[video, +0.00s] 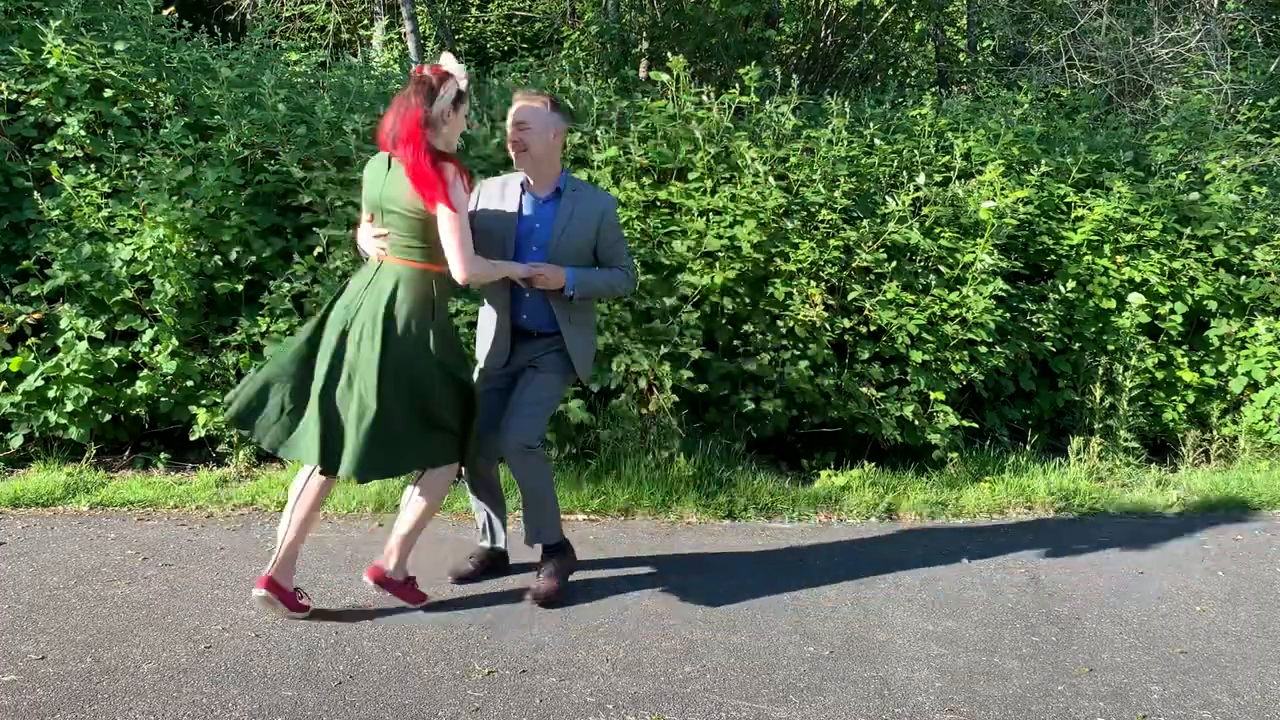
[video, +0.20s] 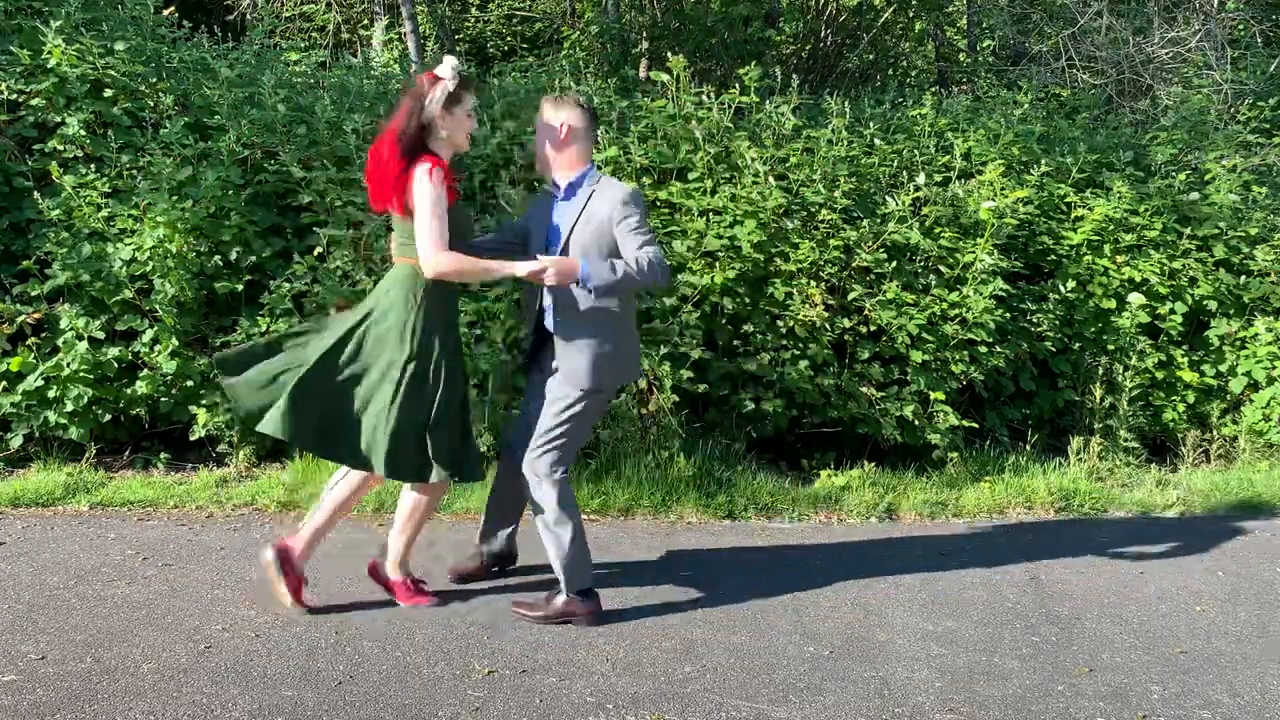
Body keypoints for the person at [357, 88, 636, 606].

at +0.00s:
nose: (512, 136)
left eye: (525, 127)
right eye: (509, 127)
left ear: (560, 135)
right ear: (507, 136)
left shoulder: (596, 206)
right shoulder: (487, 193)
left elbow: (624, 278)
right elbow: (437, 238)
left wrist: (567, 277)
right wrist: (370, 236)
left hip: (558, 349)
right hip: (499, 345)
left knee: (519, 441)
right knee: (476, 445)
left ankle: (553, 552)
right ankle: (493, 547)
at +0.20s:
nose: (532, 147)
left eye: (537, 136)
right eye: (536, 137)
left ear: (557, 137)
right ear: (571, 140)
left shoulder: (618, 198)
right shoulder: (544, 204)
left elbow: (655, 269)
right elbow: (499, 246)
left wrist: (580, 271)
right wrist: (439, 244)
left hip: (592, 356)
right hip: (549, 352)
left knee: (543, 464)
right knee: (516, 453)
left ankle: (578, 593)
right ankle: (496, 551)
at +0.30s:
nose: (553, 140)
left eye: (555, 129)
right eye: (556, 129)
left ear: (568, 126)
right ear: (593, 128)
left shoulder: (617, 181)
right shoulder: (580, 188)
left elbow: (632, 249)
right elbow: (579, 257)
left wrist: (550, 248)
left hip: (609, 354)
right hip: (583, 353)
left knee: (559, 459)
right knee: (540, 444)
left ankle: (580, 596)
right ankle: (552, 559)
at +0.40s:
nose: (568, 134)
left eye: (570, 124)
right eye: (571, 125)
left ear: (580, 127)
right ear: (617, 130)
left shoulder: (608, 182)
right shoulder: (614, 180)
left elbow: (597, 253)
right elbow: (589, 253)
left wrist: (511, 251)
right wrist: (515, 252)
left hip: (602, 355)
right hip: (616, 354)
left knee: (563, 466)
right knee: (582, 465)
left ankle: (578, 594)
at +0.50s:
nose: (584, 139)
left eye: (586, 132)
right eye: (590, 133)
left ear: (594, 135)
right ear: (641, 140)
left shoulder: (595, 187)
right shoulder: (659, 196)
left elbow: (569, 266)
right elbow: (635, 266)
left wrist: (486, 272)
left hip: (598, 361)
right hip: (658, 358)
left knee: (558, 471)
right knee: (633, 473)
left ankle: (574, 594)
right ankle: (676, 594)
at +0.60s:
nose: (596, 142)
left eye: (598, 135)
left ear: (606, 138)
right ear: (655, 141)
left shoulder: (588, 193)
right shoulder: (683, 202)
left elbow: (551, 279)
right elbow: (684, 270)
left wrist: (494, 287)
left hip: (605, 354)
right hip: (675, 357)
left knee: (563, 464)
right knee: (674, 487)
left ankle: (576, 594)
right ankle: (687, 627)